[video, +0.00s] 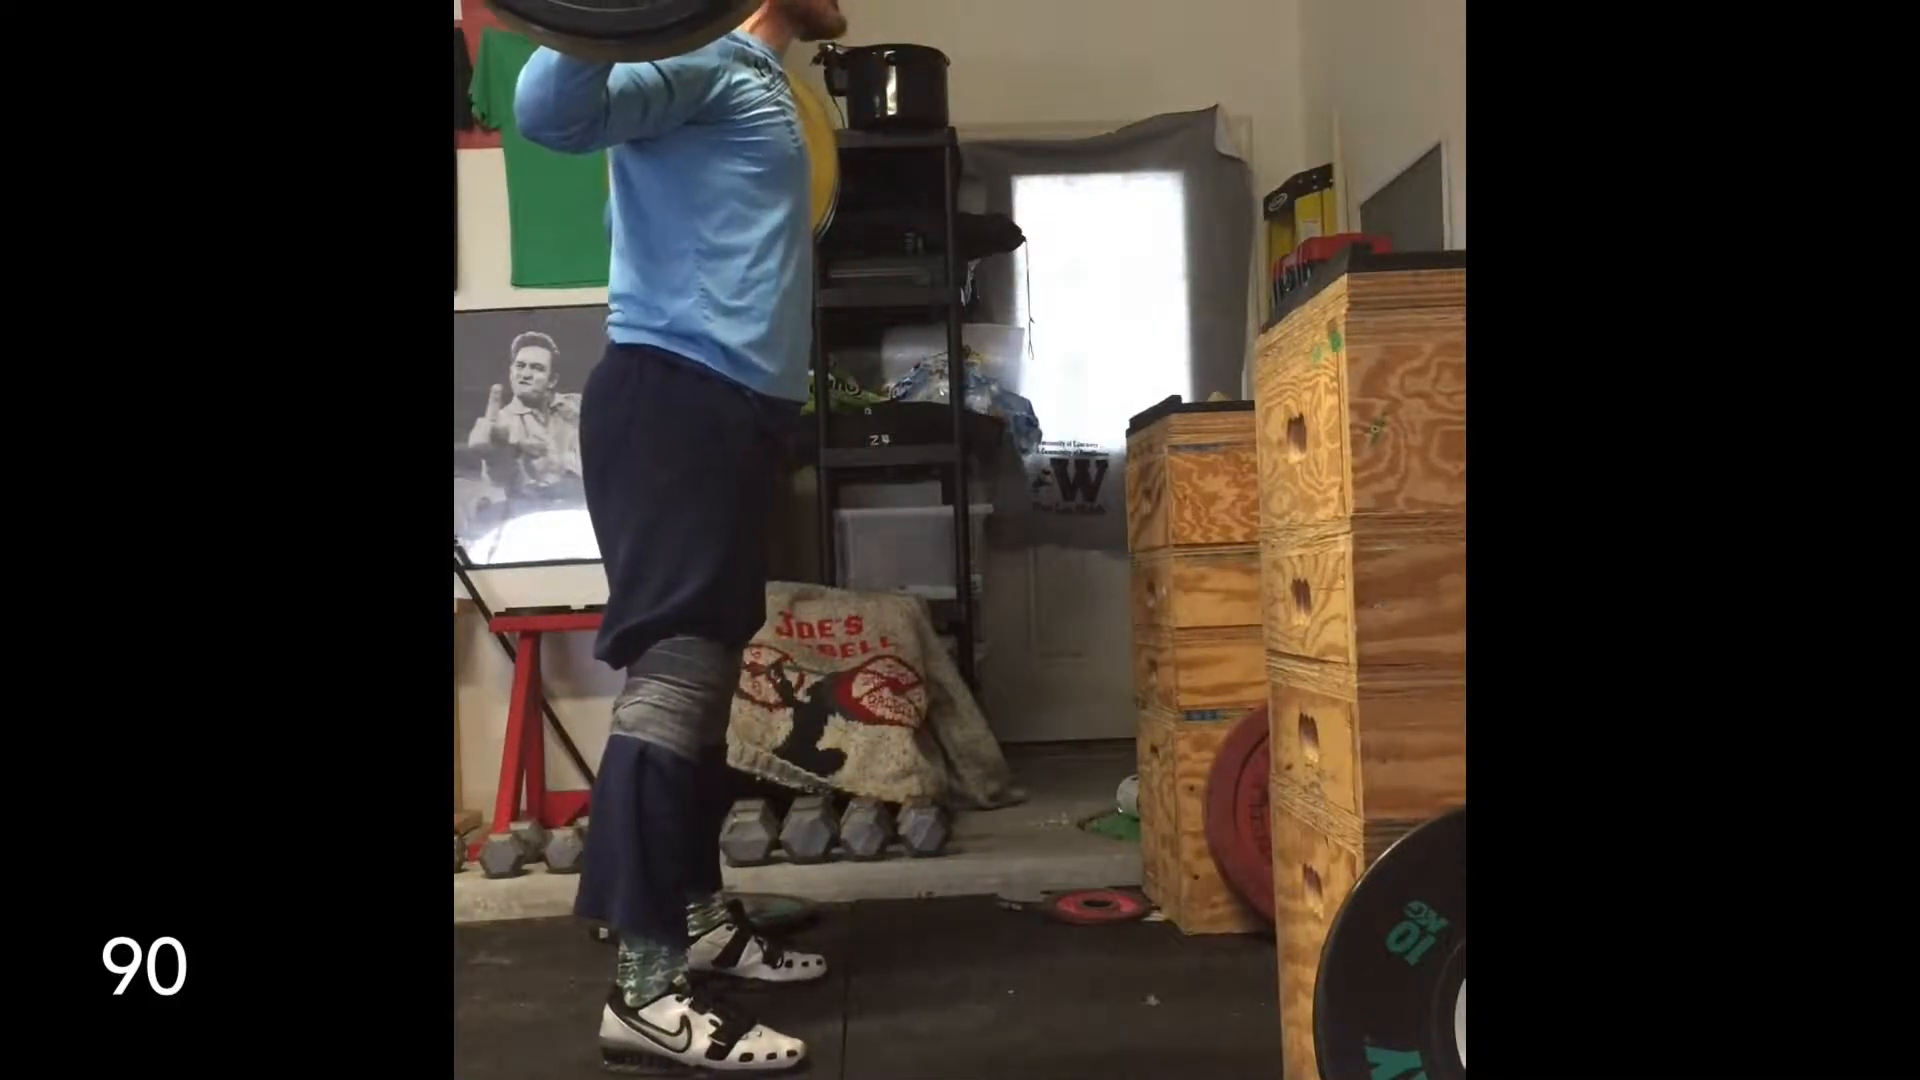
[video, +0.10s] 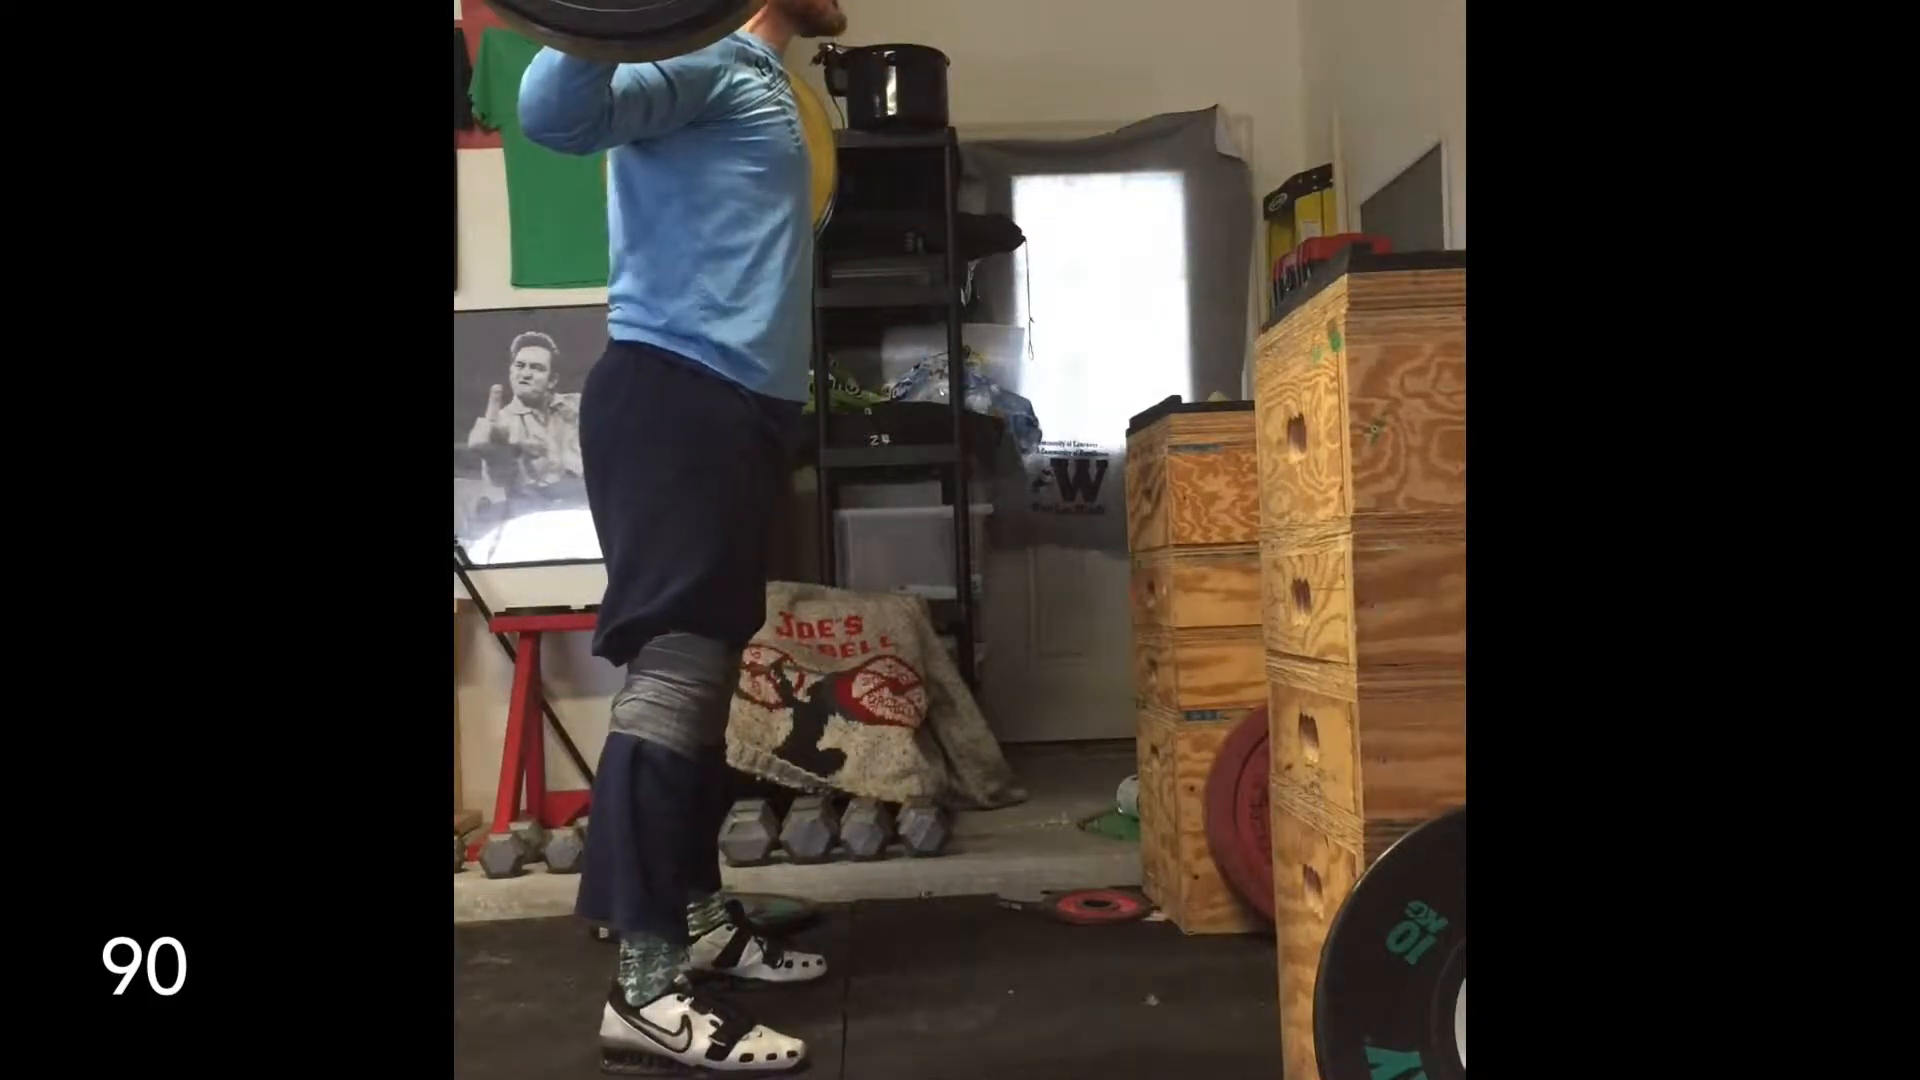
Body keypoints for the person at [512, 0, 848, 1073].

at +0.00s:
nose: (843, 3)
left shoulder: (782, 89)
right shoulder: (705, 64)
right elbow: (546, 114)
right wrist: (606, 12)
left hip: (739, 406)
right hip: (675, 395)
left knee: (707, 668)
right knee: (678, 672)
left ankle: (694, 916)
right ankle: (644, 982)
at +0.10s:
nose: (838, 1)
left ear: (780, 1)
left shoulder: (784, 90)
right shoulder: (707, 63)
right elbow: (551, 114)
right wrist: (609, 10)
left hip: (742, 406)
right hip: (675, 395)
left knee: (704, 671)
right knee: (674, 675)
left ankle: (691, 915)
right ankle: (646, 983)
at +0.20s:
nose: (839, 2)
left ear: (786, 0)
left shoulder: (782, 88)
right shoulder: (704, 63)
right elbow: (549, 111)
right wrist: (611, 9)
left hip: (740, 406)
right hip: (673, 395)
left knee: (703, 672)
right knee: (671, 677)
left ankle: (692, 915)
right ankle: (646, 983)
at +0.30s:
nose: (844, 2)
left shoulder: (786, 88)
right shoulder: (705, 65)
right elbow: (549, 112)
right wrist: (612, 8)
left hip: (738, 405)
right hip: (671, 396)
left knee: (704, 669)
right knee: (671, 675)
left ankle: (693, 914)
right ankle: (644, 984)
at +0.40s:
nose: (844, 2)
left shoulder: (787, 87)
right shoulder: (708, 64)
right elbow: (554, 113)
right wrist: (620, 9)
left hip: (736, 407)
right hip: (670, 396)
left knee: (700, 669)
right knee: (667, 675)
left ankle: (691, 913)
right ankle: (645, 982)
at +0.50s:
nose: (843, 3)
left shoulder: (783, 86)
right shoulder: (709, 63)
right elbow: (555, 110)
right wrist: (622, 9)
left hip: (737, 405)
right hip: (672, 395)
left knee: (704, 666)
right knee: (668, 672)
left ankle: (690, 913)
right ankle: (644, 981)